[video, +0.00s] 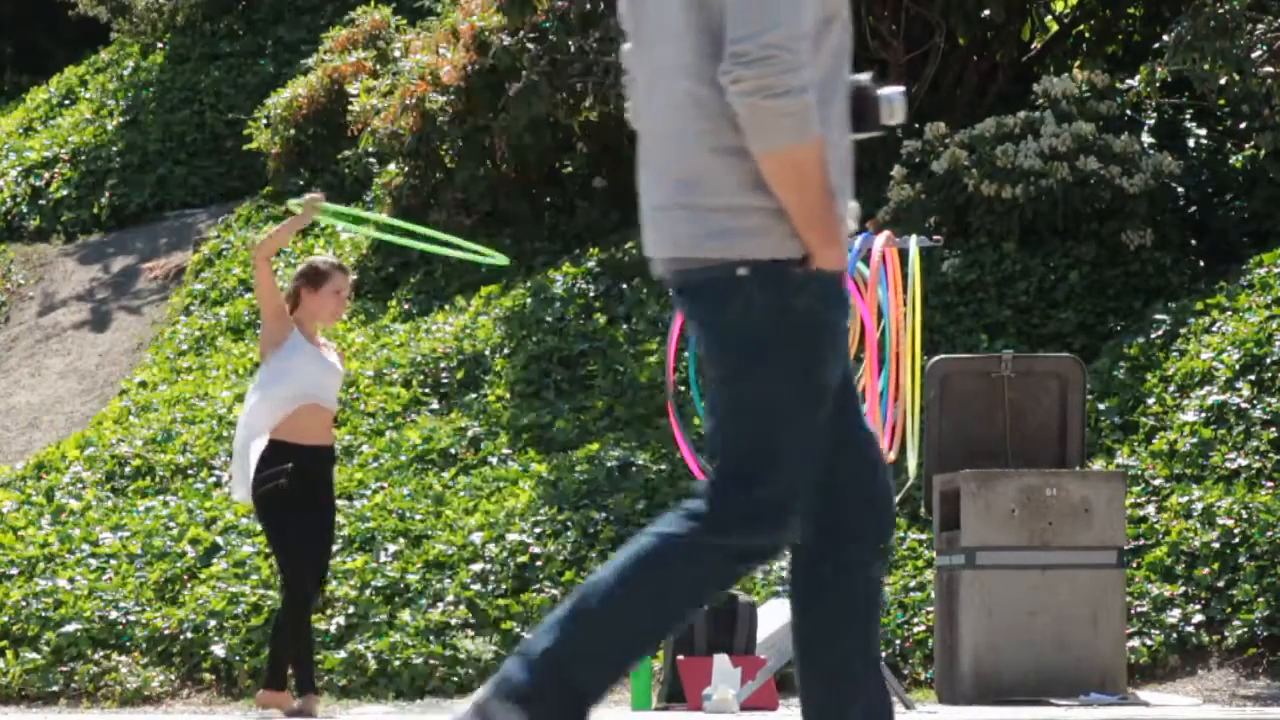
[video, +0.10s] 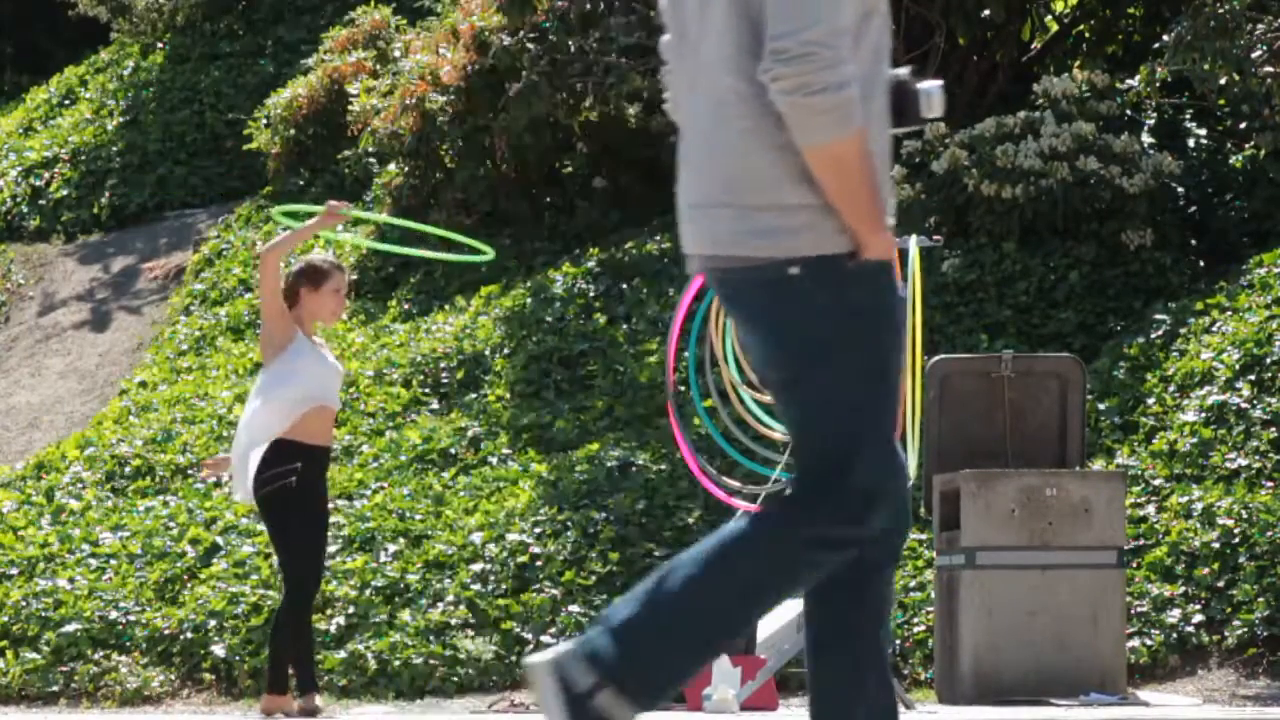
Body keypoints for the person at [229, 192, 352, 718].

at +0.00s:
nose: (343, 303)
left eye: (347, 295)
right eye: (337, 293)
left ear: (334, 302)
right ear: (306, 293)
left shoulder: (330, 349)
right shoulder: (278, 329)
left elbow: (318, 412)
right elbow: (260, 254)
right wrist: (303, 217)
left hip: (321, 467)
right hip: (281, 464)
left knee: (307, 583)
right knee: (298, 582)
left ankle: (274, 686)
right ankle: (306, 693)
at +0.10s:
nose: (345, 302)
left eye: (345, 294)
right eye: (339, 293)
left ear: (317, 298)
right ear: (308, 294)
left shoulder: (317, 348)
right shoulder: (280, 335)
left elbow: (288, 416)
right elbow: (268, 257)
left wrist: (237, 455)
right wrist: (318, 223)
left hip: (312, 467)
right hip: (283, 464)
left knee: (304, 585)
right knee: (300, 583)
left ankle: (302, 693)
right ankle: (279, 694)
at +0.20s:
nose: (342, 301)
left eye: (342, 292)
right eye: (336, 293)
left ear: (315, 297)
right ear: (306, 293)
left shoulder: (306, 345)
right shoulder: (283, 334)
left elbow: (252, 402)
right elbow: (286, 263)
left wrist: (216, 449)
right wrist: (337, 230)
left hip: (302, 463)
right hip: (285, 462)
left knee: (299, 582)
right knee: (301, 580)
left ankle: (278, 694)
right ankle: (306, 692)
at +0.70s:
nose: (307, 296)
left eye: (302, 290)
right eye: (305, 290)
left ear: (263, 299)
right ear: (300, 295)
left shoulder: (249, 347)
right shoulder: (320, 334)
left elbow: (223, 402)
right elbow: (372, 325)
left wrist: (286, 409)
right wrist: (364, 296)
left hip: (246, 484)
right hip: (299, 480)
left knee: (264, 586)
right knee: (308, 587)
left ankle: (267, 694)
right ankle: (318, 691)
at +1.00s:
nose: (256, 308)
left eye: (261, 300)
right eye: (255, 300)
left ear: (284, 300)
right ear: (297, 300)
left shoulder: (263, 347)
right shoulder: (334, 340)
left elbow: (273, 412)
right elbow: (333, 391)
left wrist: (325, 409)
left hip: (263, 473)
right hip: (312, 473)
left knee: (263, 581)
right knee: (274, 579)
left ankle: (269, 689)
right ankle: (292, 681)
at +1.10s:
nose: (258, 310)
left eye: (265, 302)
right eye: (257, 302)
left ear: (292, 300)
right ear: (295, 302)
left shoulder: (277, 343)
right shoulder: (317, 336)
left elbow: (295, 410)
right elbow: (284, 394)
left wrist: (328, 400)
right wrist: (240, 392)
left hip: (276, 481)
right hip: (305, 481)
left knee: (262, 582)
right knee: (267, 580)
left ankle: (274, 689)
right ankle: (274, 686)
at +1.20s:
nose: (263, 310)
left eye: (271, 302)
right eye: (261, 302)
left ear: (299, 300)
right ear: (288, 303)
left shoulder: (291, 342)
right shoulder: (307, 338)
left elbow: (317, 412)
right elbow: (268, 406)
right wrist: (213, 405)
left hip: (284, 479)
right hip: (294, 479)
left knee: (262, 576)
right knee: (268, 576)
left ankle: (277, 688)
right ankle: (284, 686)